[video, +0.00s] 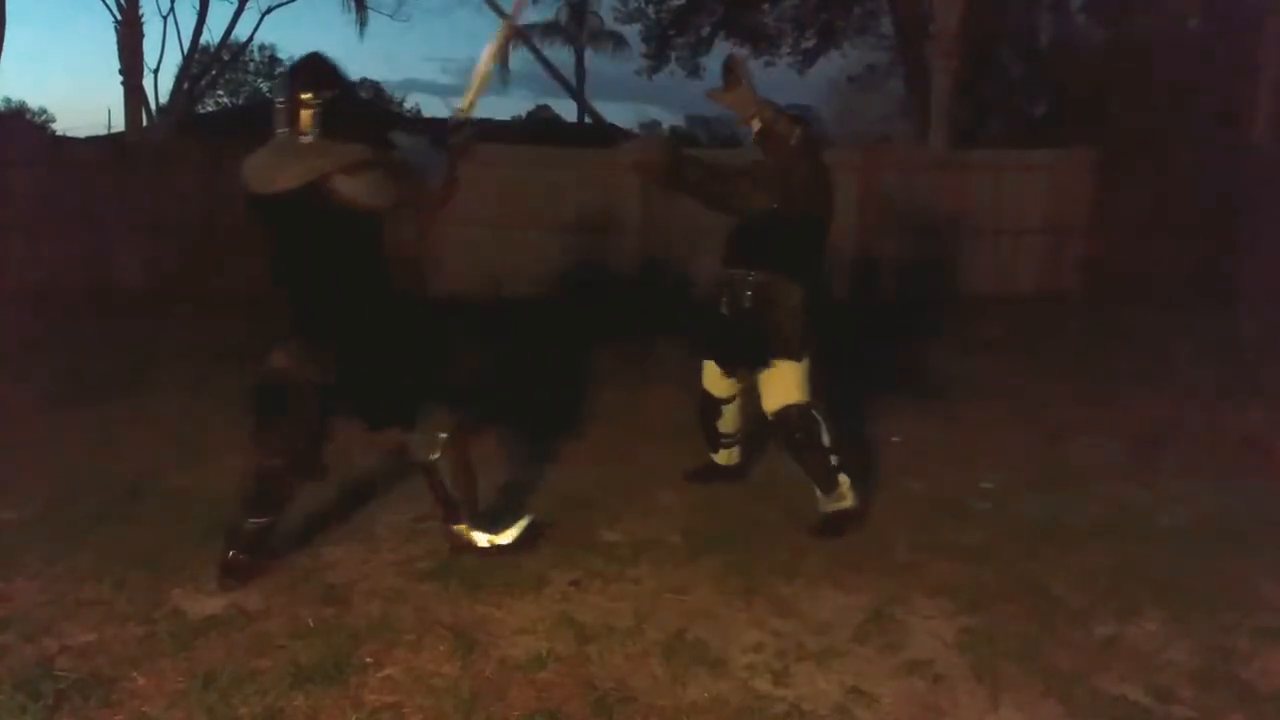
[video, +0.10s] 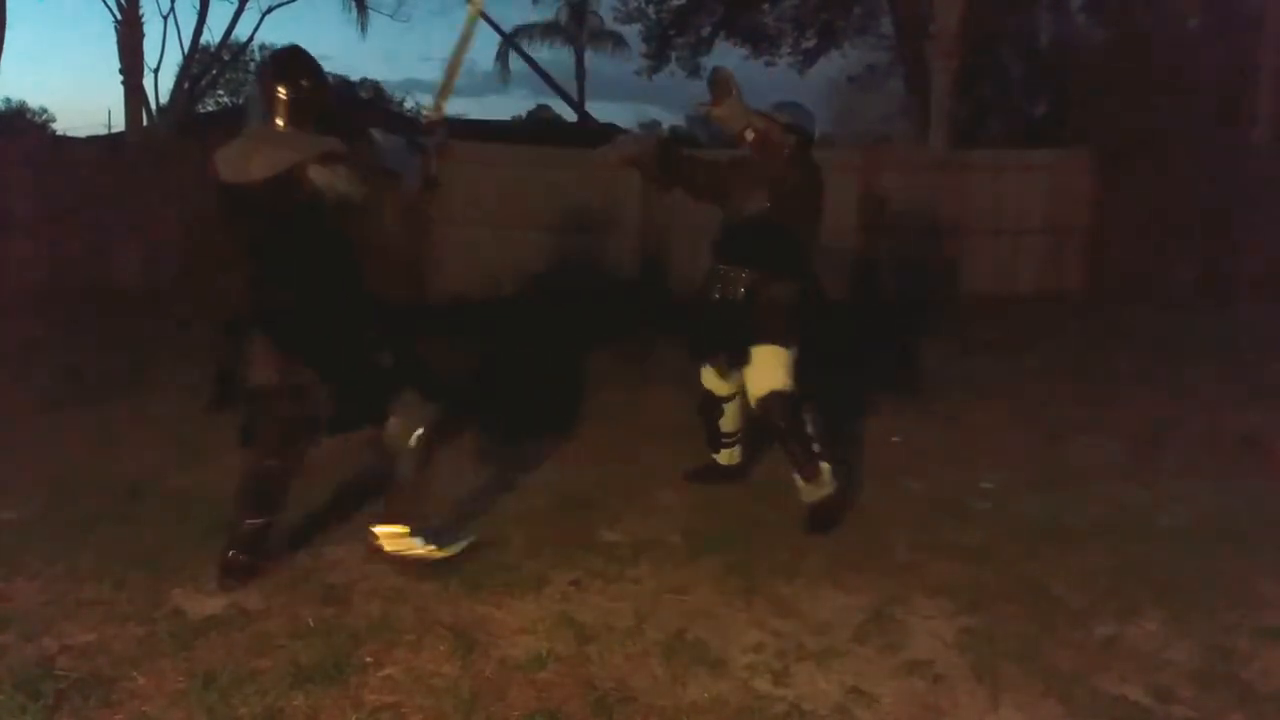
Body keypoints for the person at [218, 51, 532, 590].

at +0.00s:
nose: (348, 112)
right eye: (345, 103)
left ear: (287, 113)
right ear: (341, 109)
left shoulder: (260, 175)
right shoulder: (351, 174)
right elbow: (420, 197)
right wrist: (446, 154)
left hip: (298, 326)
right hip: (366, 323)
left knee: (283, 433)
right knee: (429, 408)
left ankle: (245, 543)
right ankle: (466, 522)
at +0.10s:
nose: (318, 99)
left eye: (307, 91)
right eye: (315, 90)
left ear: (263, 98)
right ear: (313, 96)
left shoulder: (229, 164)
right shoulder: (324, 160)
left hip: (260, 310)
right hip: (320, 310)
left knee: (271, 422)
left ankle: (245, 543)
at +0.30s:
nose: (296, 88)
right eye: (293, 79)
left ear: (231, 89)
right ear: (292, 86)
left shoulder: (200, 162)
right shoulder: (306, 160)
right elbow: (383, 192)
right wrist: (403, 129)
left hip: (243, 315)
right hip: (307, 316)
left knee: (262, 446)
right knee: (368, 431)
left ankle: (233, 574)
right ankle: (260, 575)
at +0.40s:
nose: (296, 89)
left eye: (289, 80)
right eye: (291, 80)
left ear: (227, 88)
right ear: (280, 86)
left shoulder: (199, 163)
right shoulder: (291, 161)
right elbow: (366, 195)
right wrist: (390, 132)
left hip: (244, 332)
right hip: (296, 336)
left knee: (270, 463)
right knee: (299, 475)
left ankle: (226, 581)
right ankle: (235, 610)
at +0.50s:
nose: (295, 91)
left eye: (287, 81)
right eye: (290, 81)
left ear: (224, 86)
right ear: (280, 85)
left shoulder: (194, 159)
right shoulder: (289, 156)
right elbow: (361, 190)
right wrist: (381, 135)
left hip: (244, 325)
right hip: (297, 330)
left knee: (273, 463)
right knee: (306, 474)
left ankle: (225, 581)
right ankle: (237, 610)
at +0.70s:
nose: (296, 89)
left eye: (290, 80)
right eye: (291, 80)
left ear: (223, 91)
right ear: (282, 86)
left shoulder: (203, 163)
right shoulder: (295, 160)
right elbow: (374, 178)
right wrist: (387, 116)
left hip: (247, 330)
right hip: (295, 336)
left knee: (273, 460)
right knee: (298, 469)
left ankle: (224, 583)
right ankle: (235, 610)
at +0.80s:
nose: (281, 96)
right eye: (280, 85)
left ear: (223, 95)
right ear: (283, 92)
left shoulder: (205, 158)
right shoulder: (299, 165)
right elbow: (384, 161)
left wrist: (324, 78)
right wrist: (383, 107)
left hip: (242, 327)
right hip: (297, 331)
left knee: (266, 457)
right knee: (299, 462)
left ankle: (239, 567)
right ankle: (239, 604)